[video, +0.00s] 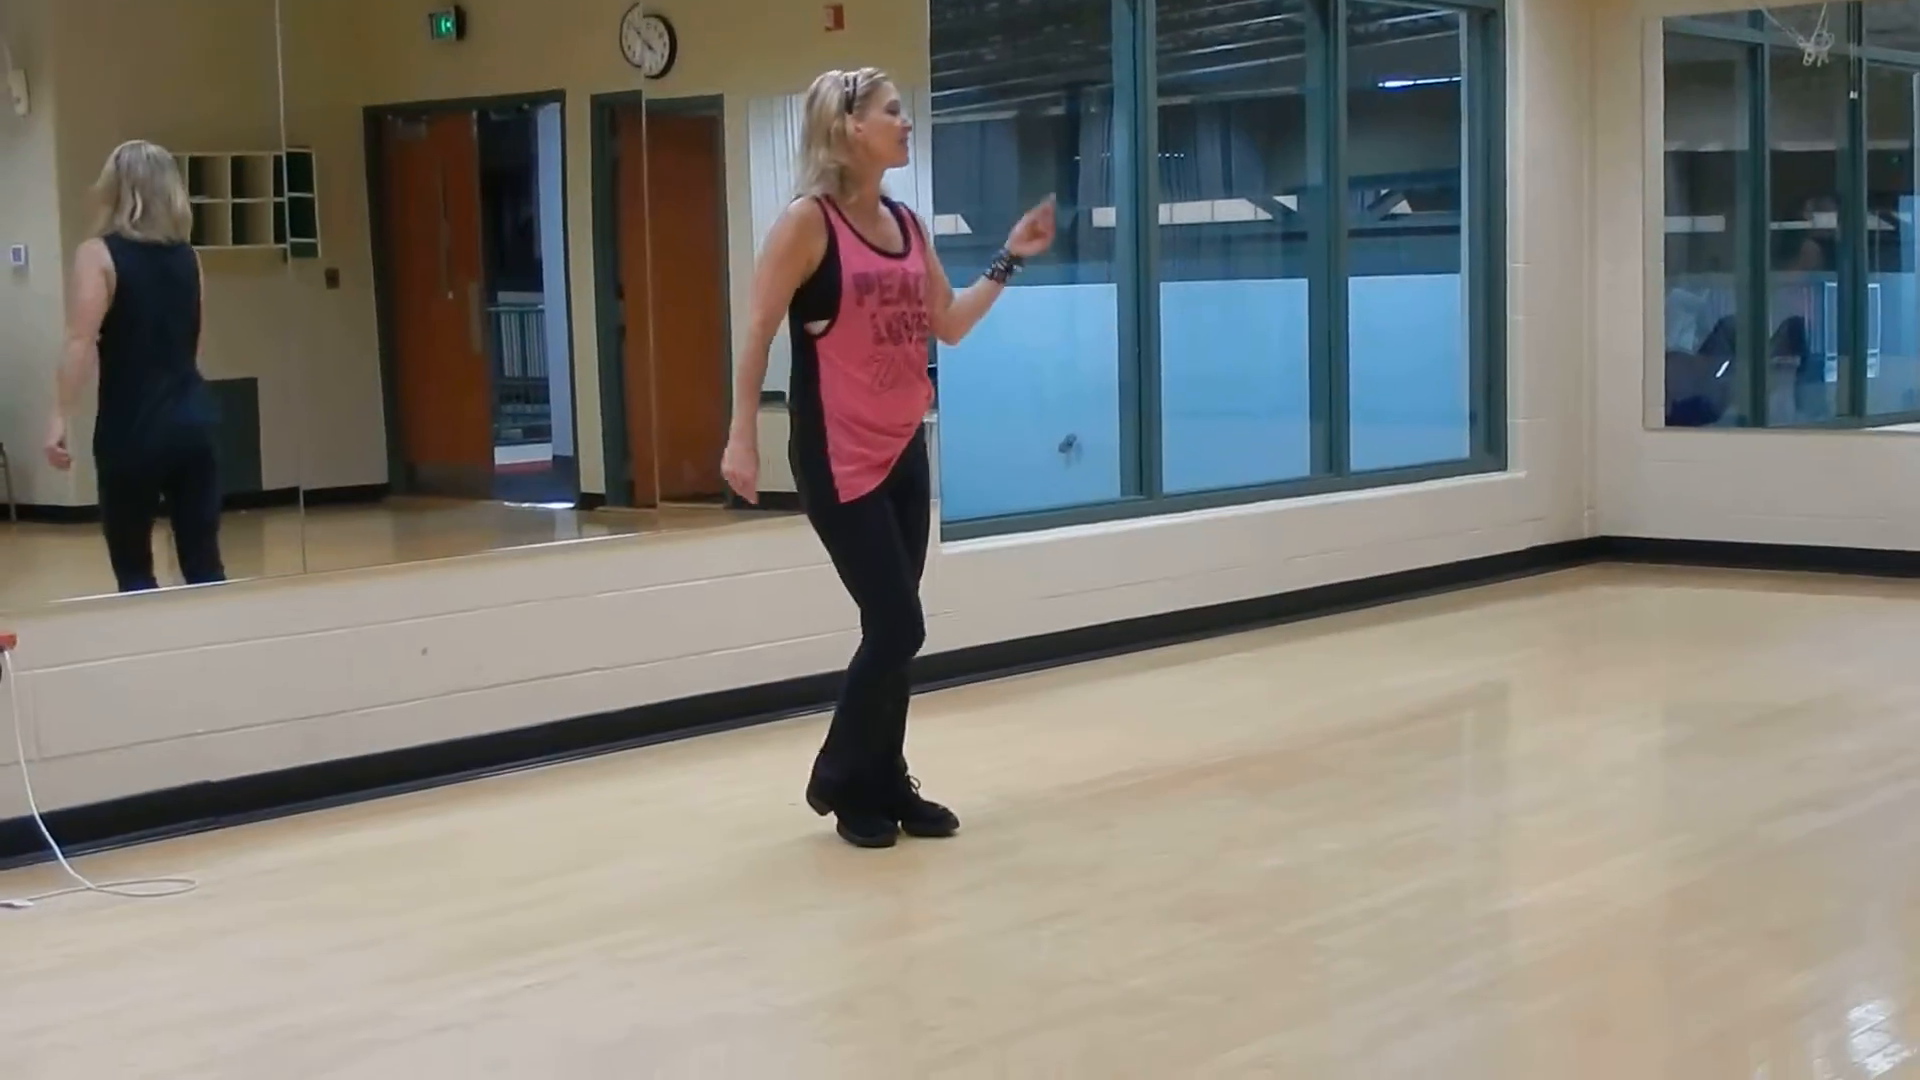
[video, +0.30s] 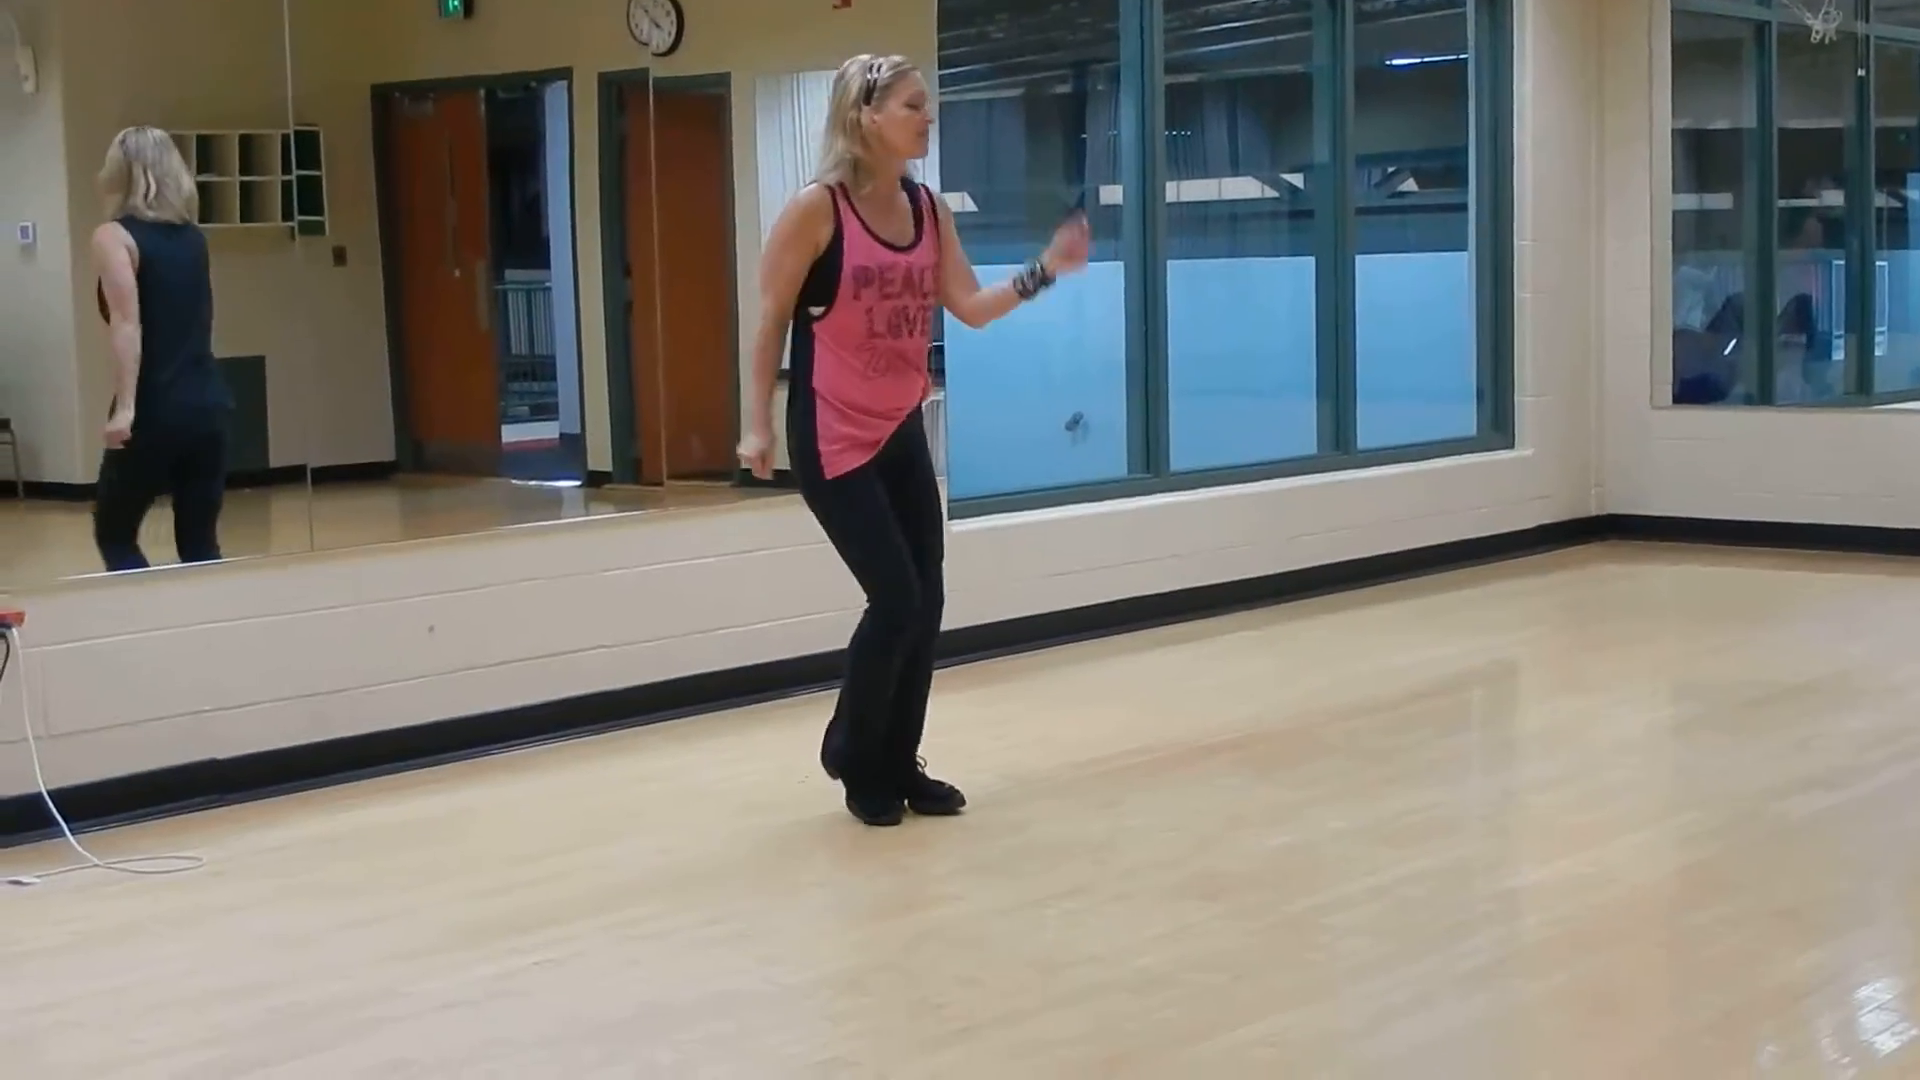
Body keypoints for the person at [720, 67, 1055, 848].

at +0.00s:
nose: (906, 121)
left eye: (901, 109)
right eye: (890, 111)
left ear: (874, 131)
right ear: (846, 129)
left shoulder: (906, 222)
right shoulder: (806, 223)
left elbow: (950, 324)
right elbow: (759, 332)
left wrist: (1008, 259)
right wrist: (742, 438)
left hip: (904, 445)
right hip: (835, 453)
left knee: (897, 622)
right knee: (896, 621)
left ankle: (885, 785)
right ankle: (842, 779)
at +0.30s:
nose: (928, 118)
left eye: (928, 107)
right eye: (912, 107)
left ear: (915, 123)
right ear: (863, 119)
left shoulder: (927, 209)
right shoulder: (814, 211)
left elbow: (971, 307)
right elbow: (769, 321)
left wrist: (1045, 270)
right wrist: (759, 428)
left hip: (902, 428)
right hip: (829, 437)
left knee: (927, 596)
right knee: (899, 597)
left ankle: (896, 767)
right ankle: (852, 754)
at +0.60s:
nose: (896, 117)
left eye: (900, 104)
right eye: (882, 103)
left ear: (901, 112)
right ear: (834, 107)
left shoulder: (910, 183)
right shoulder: (785, 199)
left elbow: (932, 288)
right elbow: (743, 305)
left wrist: (951, 389)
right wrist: (763, 316)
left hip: (898, 425)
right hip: (816, 434)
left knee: (899, 606)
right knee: (781, 607)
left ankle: (901, 765)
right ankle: (732, 788)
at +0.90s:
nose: (829, 113)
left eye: (834, 99)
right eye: (815, 98)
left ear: (832, 107)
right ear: (764, 100)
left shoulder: (835, 191)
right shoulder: (717, 183)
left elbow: (829, 297)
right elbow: (687, 277)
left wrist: (837, 378)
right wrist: (725, 303)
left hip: (808, 426)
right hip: (722, 436)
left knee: (878, 593)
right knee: (718, 625)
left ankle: (894, 737)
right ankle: (701, 811)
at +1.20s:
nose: (803, 123)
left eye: (807, 109)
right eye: (786, 110)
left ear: (807, 115)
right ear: (738, 116)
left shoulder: (808, 203)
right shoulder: (701, 210)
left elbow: (799, 316)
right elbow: (676, 328)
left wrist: (856, 342)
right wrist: (677, 438)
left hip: (785, 455)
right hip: (702, 462)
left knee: (813, 631)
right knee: (715, 646)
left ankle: (761, 785)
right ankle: (724, 818)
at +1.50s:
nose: (787, 151)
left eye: (792, 137)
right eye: (772, 137)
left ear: (786, 145)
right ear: (720, 140)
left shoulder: (795, 225)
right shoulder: (657, 239)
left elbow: (844, 330)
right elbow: (619, 357)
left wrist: (909, 271)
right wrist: (613, 470)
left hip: (793, 472)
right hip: (705, 484)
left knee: (787, 671)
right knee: (713, 674)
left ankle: (778, 842)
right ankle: (685, 857)